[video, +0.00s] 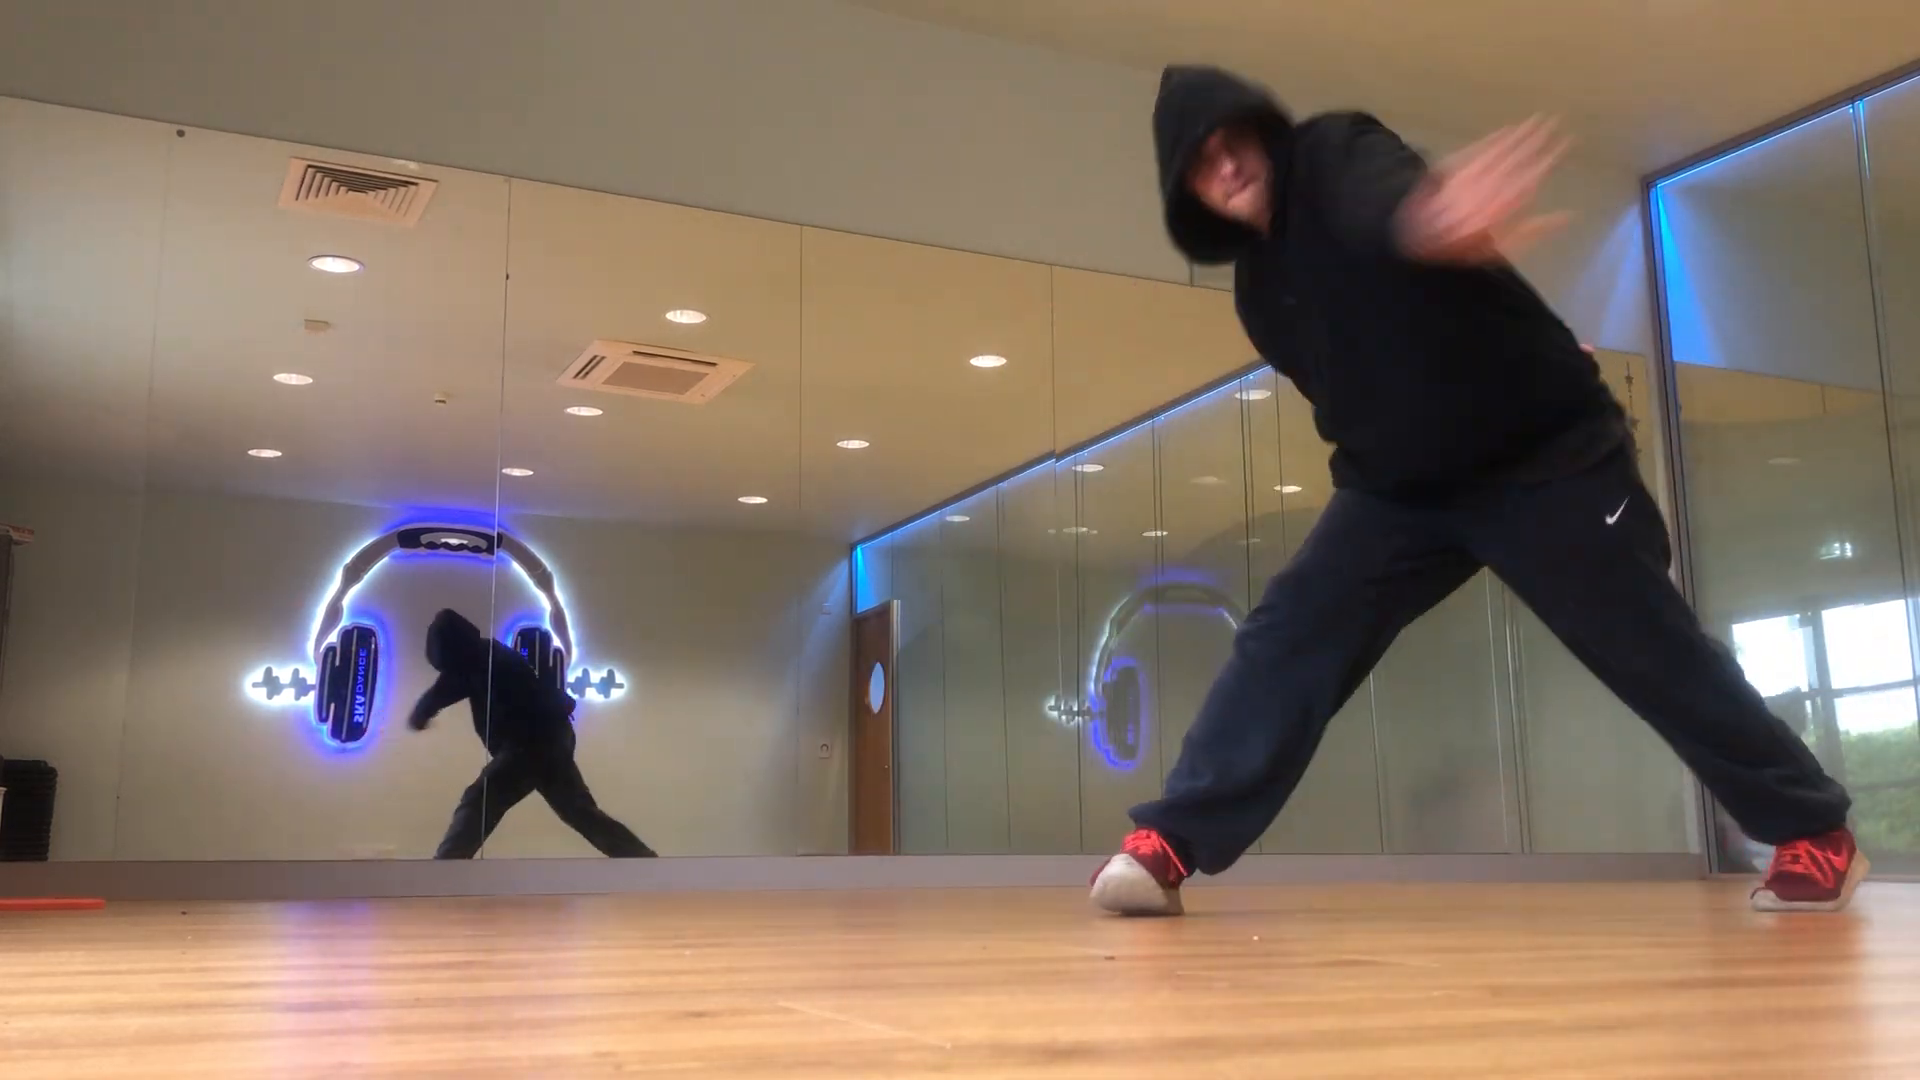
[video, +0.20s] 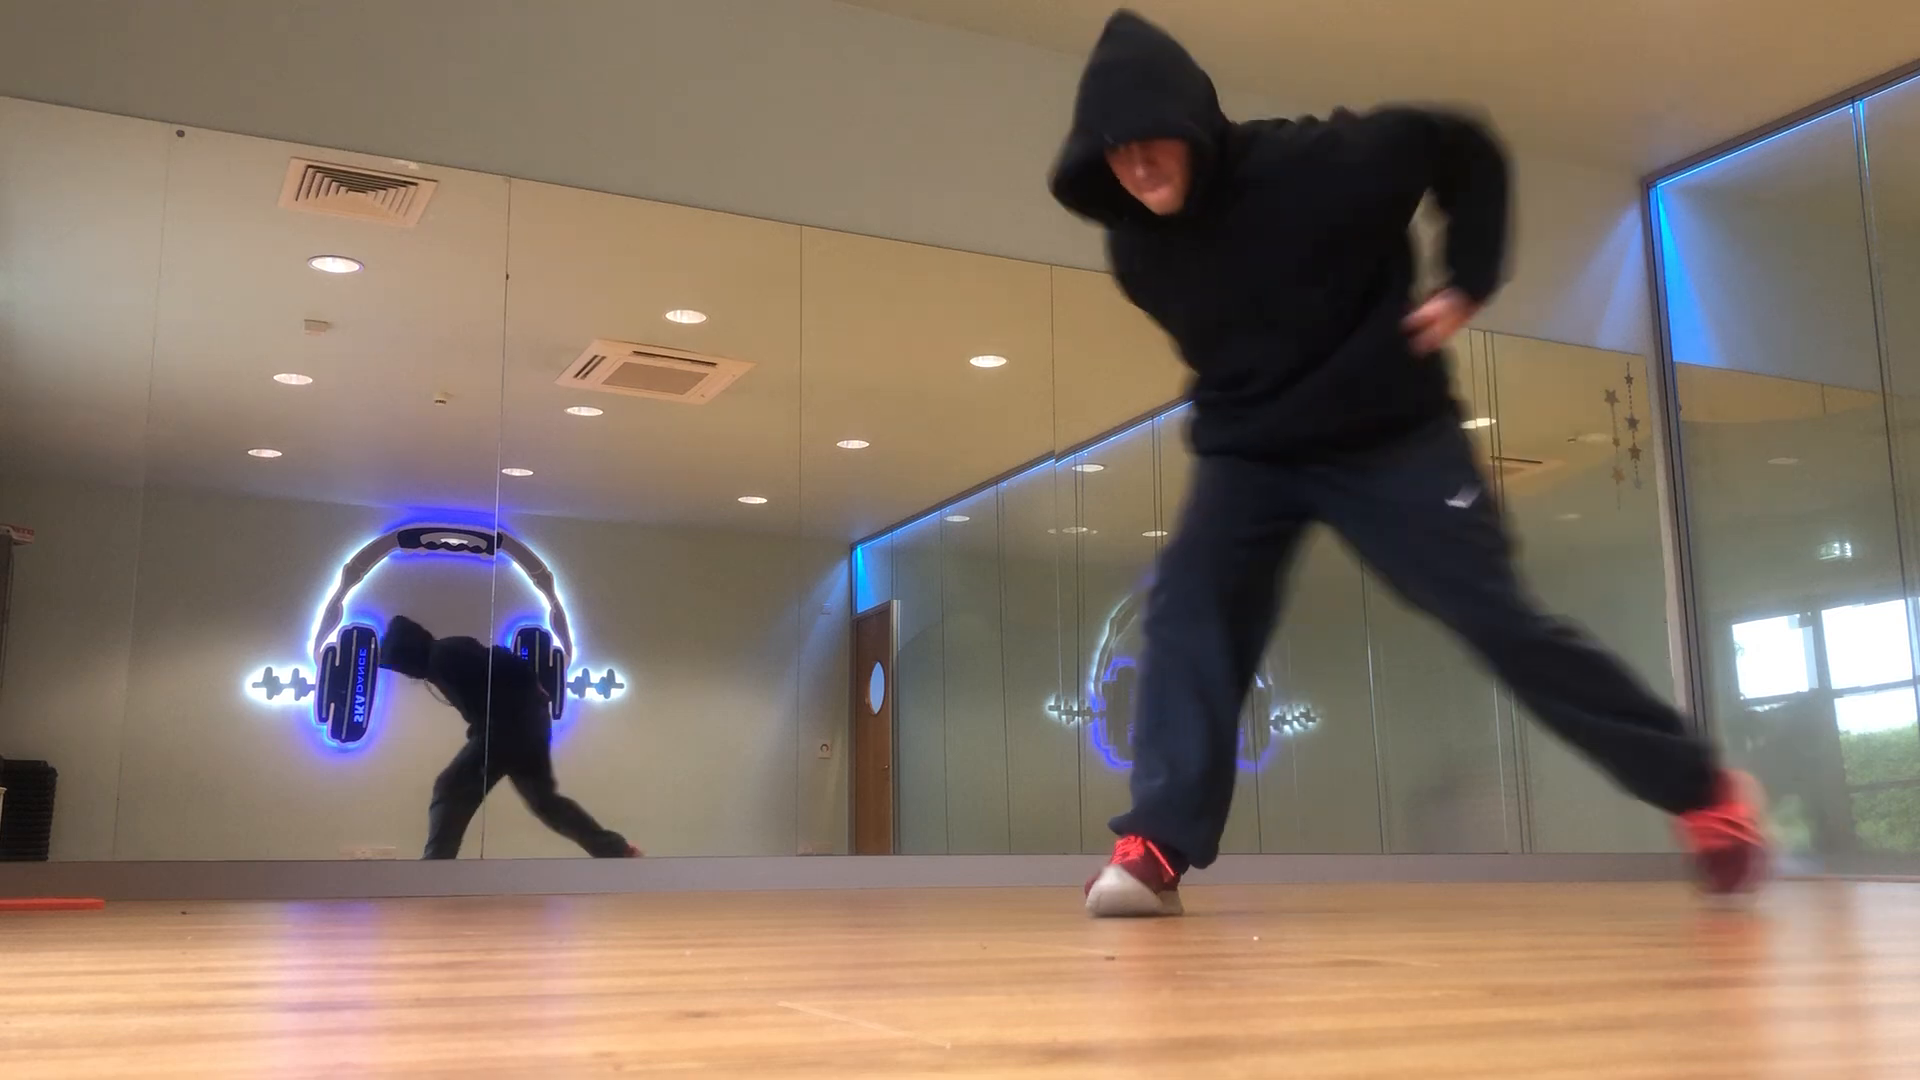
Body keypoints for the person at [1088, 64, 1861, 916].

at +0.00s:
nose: (1224, 170)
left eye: (1231, 143)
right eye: (1200, 166)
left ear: (1265, 131)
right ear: (1189, 193)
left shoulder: (1331, 158)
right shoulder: (1259, 286)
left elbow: (1378, 186)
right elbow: (1356, 362)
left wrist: (1426, 213)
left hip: (1541, 457)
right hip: (1400, 488)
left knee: (1650, 651)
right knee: (1290, 640)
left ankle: (1809, 826)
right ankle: (1169, 845)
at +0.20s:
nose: (1142, 167)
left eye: (1154, 141)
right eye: (1120, 152)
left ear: (1196, 127)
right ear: (1104, 161)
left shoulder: (1312, 164)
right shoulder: (1133, 244)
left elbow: (1463, 144)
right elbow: (1220, 313)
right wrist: (1233, 387)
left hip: (1386, 435)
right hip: (1246, 454)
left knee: (1500, 628)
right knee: (1189, 614)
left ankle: (1702, 792)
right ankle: (1158, 845)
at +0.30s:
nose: (1133, 118)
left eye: (1150, 96)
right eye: (1116, 100)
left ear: (1195, 88)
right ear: (1101, 103)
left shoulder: (1311, 179)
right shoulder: (1099, 186)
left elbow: (1389, 306)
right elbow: (1113, 292)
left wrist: (1311, 378)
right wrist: (1196, 356)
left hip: (1302, 442)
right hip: (1166, 439)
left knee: (1342, 633)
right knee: (1137, 616)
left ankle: (1493, 788)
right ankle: (1154, 843)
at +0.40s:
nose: (1165, 46)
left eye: (1184, 29)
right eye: (1148, 32)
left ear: (1226, 37)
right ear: (1130, 43)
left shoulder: (1279, 151)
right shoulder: (1100, 118)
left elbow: (1245, 306)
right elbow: (1060, 218)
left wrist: (1114, 317)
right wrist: (1082, 285)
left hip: (1230, 421)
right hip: (1109, 411)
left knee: (1218, 639)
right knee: (1112, 611)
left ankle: (1238, 809)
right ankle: (1146, 839)